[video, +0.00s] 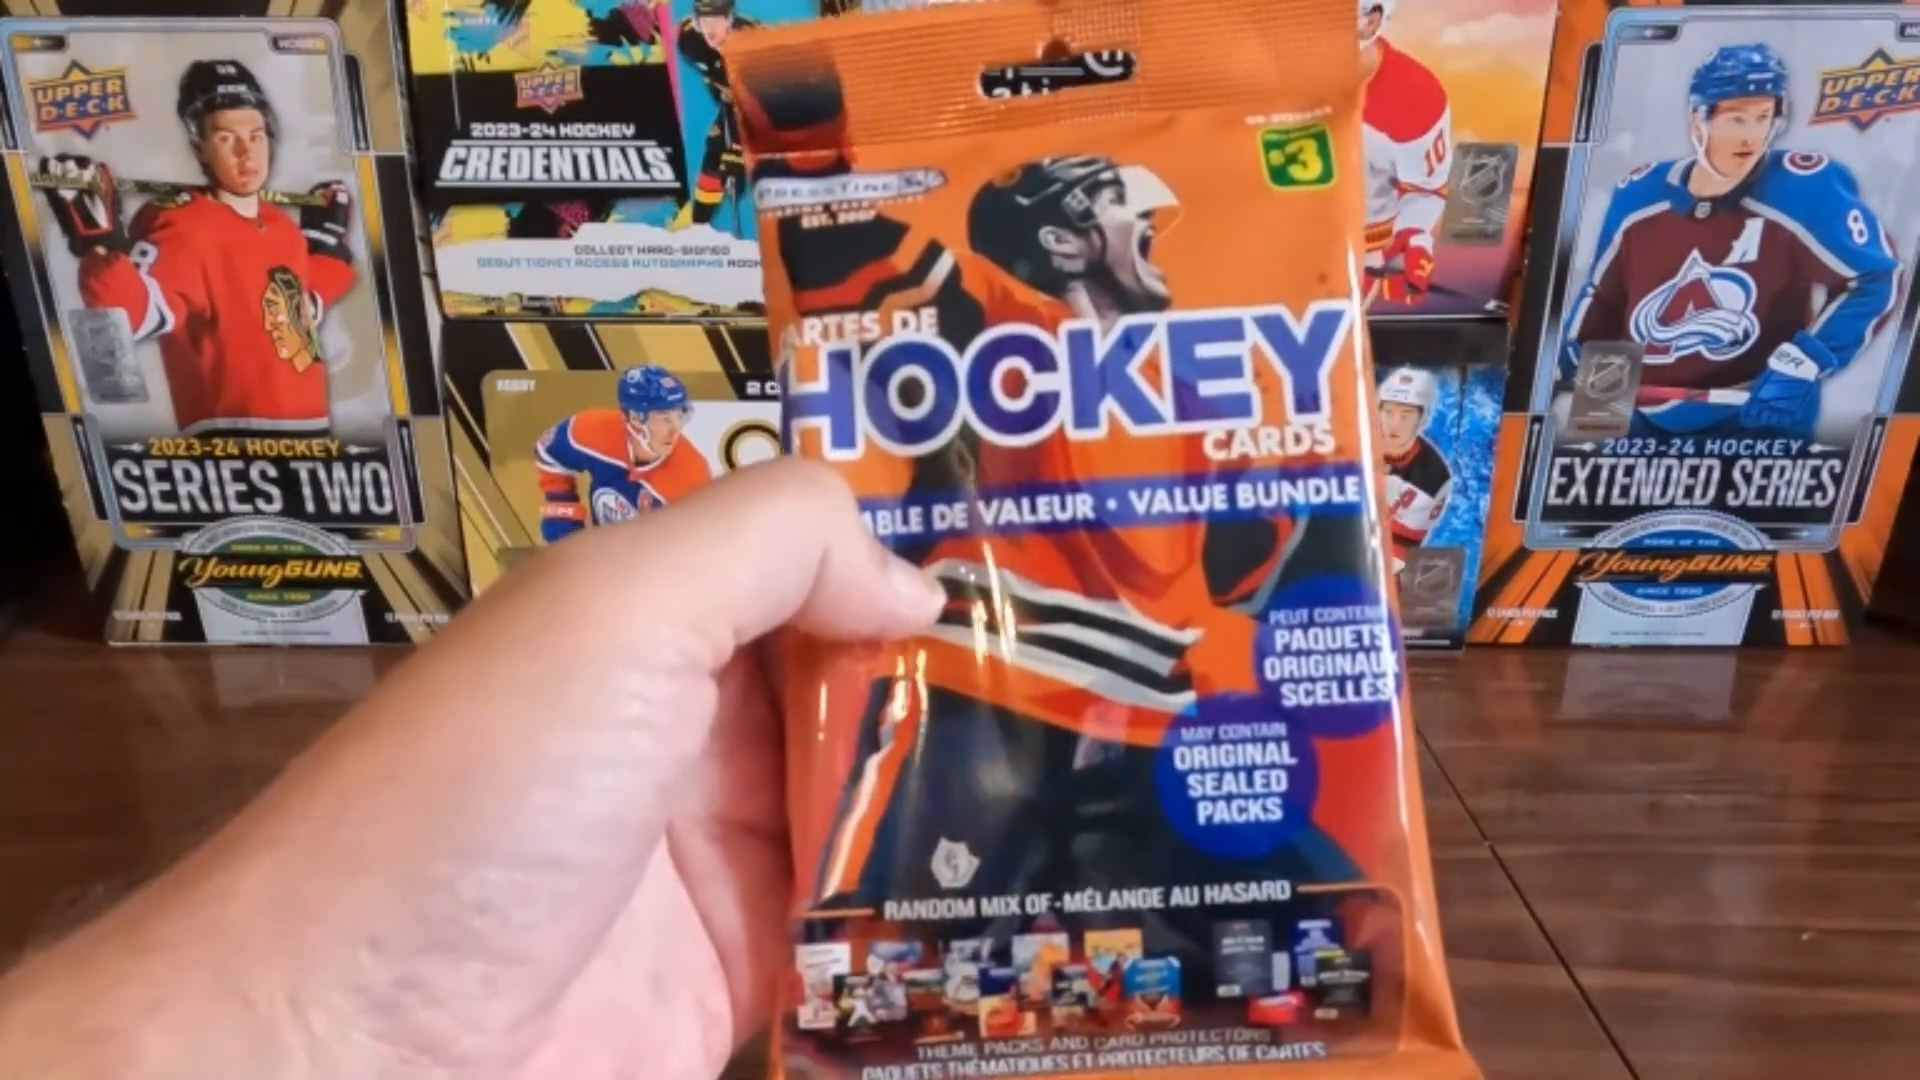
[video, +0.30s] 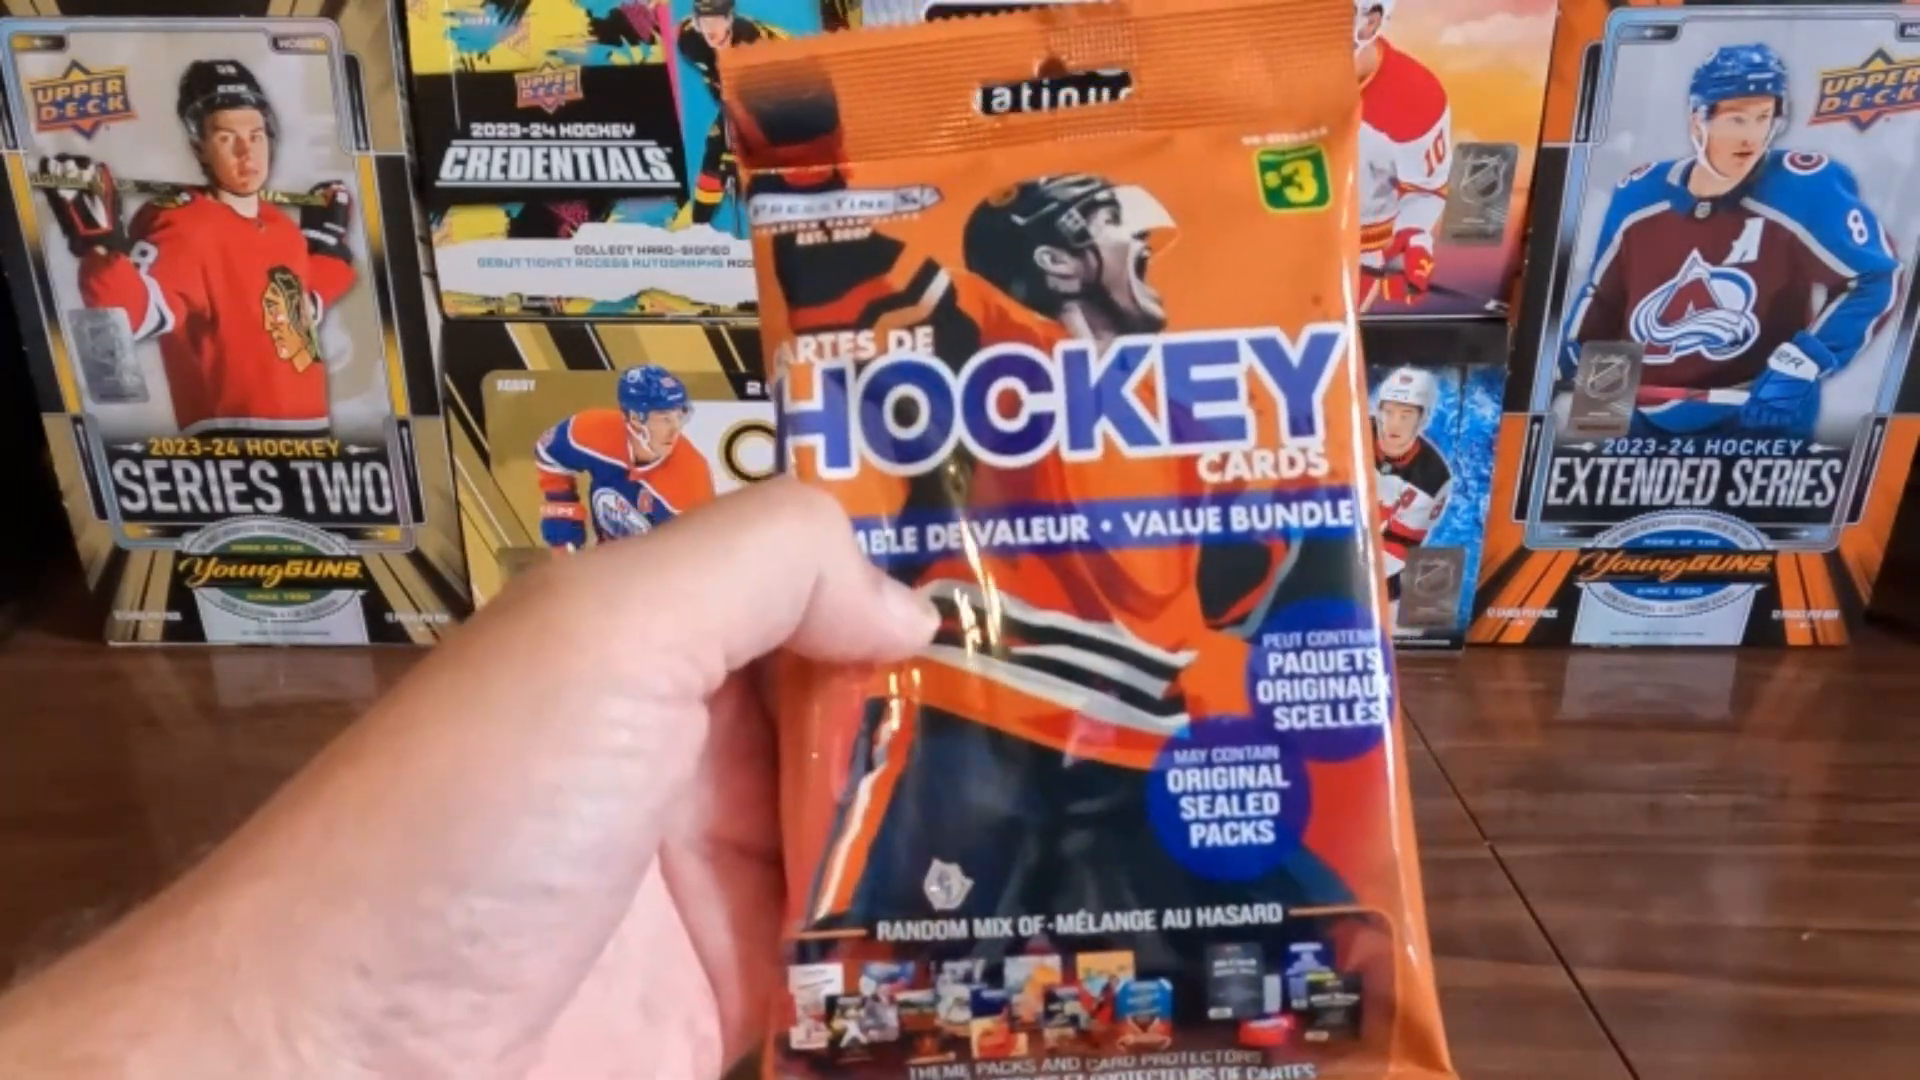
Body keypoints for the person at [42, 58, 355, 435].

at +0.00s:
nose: (247, 152)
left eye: (256, 135)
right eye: (228, 139)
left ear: (270, 139)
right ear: (201, 150)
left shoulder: (282, 227)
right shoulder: (184, 226)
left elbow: (302, 307)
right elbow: (140, 315)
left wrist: (333, 249)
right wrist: (100, 249)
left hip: (308, 433)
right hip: (231, 441)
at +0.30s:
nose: (247, 153)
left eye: (256, 135)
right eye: (228, 139)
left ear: (270, 139)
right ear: (201, 150)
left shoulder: (282, 227)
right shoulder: (184, 226)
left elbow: (302, 306)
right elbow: (141, 315)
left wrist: (334, 250)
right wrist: (100, 250)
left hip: (308, 433)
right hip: (231, 440)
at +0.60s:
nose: (247, 153)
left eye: (256, 135)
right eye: (228, 139)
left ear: (270, 139)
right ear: (200, 149)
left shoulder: (283, 228)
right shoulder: (183, 226)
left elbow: (302, 304)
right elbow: (142, 314)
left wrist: (335, 251)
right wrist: (100, 249)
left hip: (307, 433)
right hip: (229, 440)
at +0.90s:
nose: (247, 153)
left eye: (256, 135)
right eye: (228, 139)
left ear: (270, 139)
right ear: (200, 149)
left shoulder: (283, 228)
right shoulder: (184, 226)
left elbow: (302, 306)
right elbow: (142, 315)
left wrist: (334, 252)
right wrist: (100, 249)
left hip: (307, 433)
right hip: (230, 440)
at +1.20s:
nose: (247, 153)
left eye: (256, 135)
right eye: (228, 139)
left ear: (270, 139)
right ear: (201, 150)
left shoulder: (283, 228)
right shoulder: (184, 226)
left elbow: (302, 305)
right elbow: (142, 315)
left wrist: (334, 252)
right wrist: (100, 250)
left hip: (307, 433)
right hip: (230, 440)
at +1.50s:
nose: (247, 153)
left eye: (257, 135)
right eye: (227, 139)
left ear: (270, 139)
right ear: (200, 149)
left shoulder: (283, 229)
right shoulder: (183, 227)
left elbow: (302, 306)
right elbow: (137, 317)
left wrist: (332, 249)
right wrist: (100, 249)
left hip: (307, 435)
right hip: (230, 441)